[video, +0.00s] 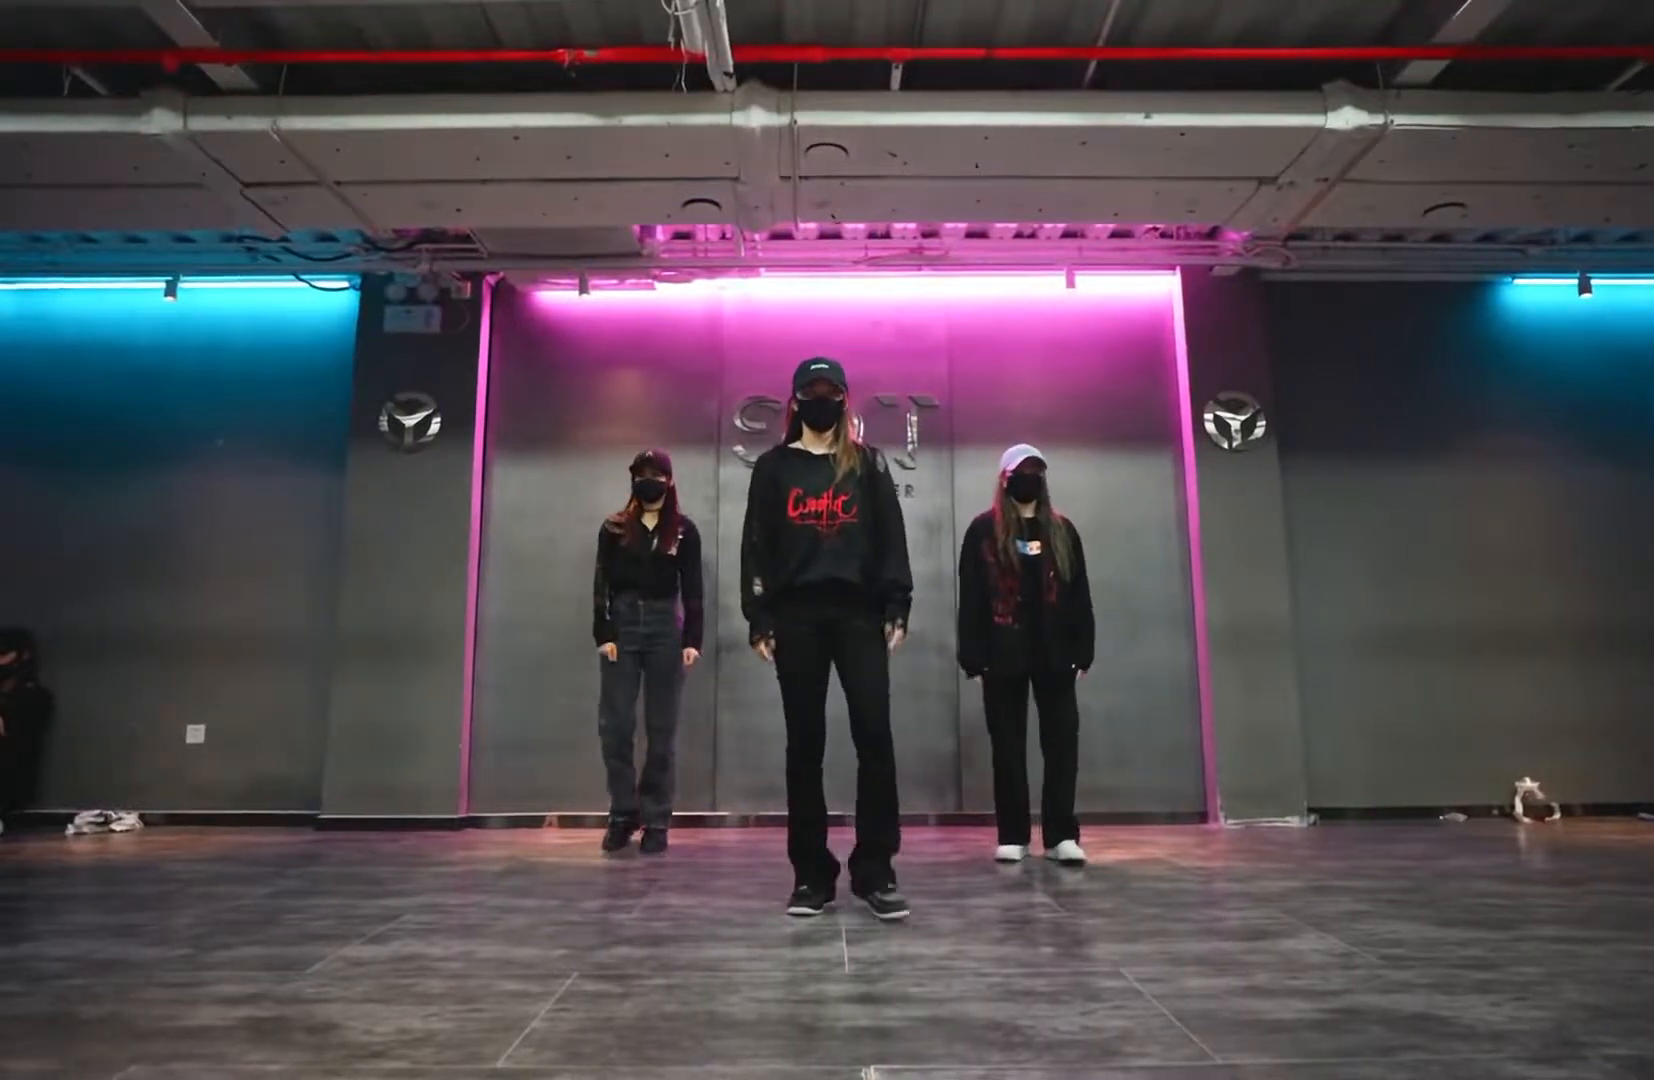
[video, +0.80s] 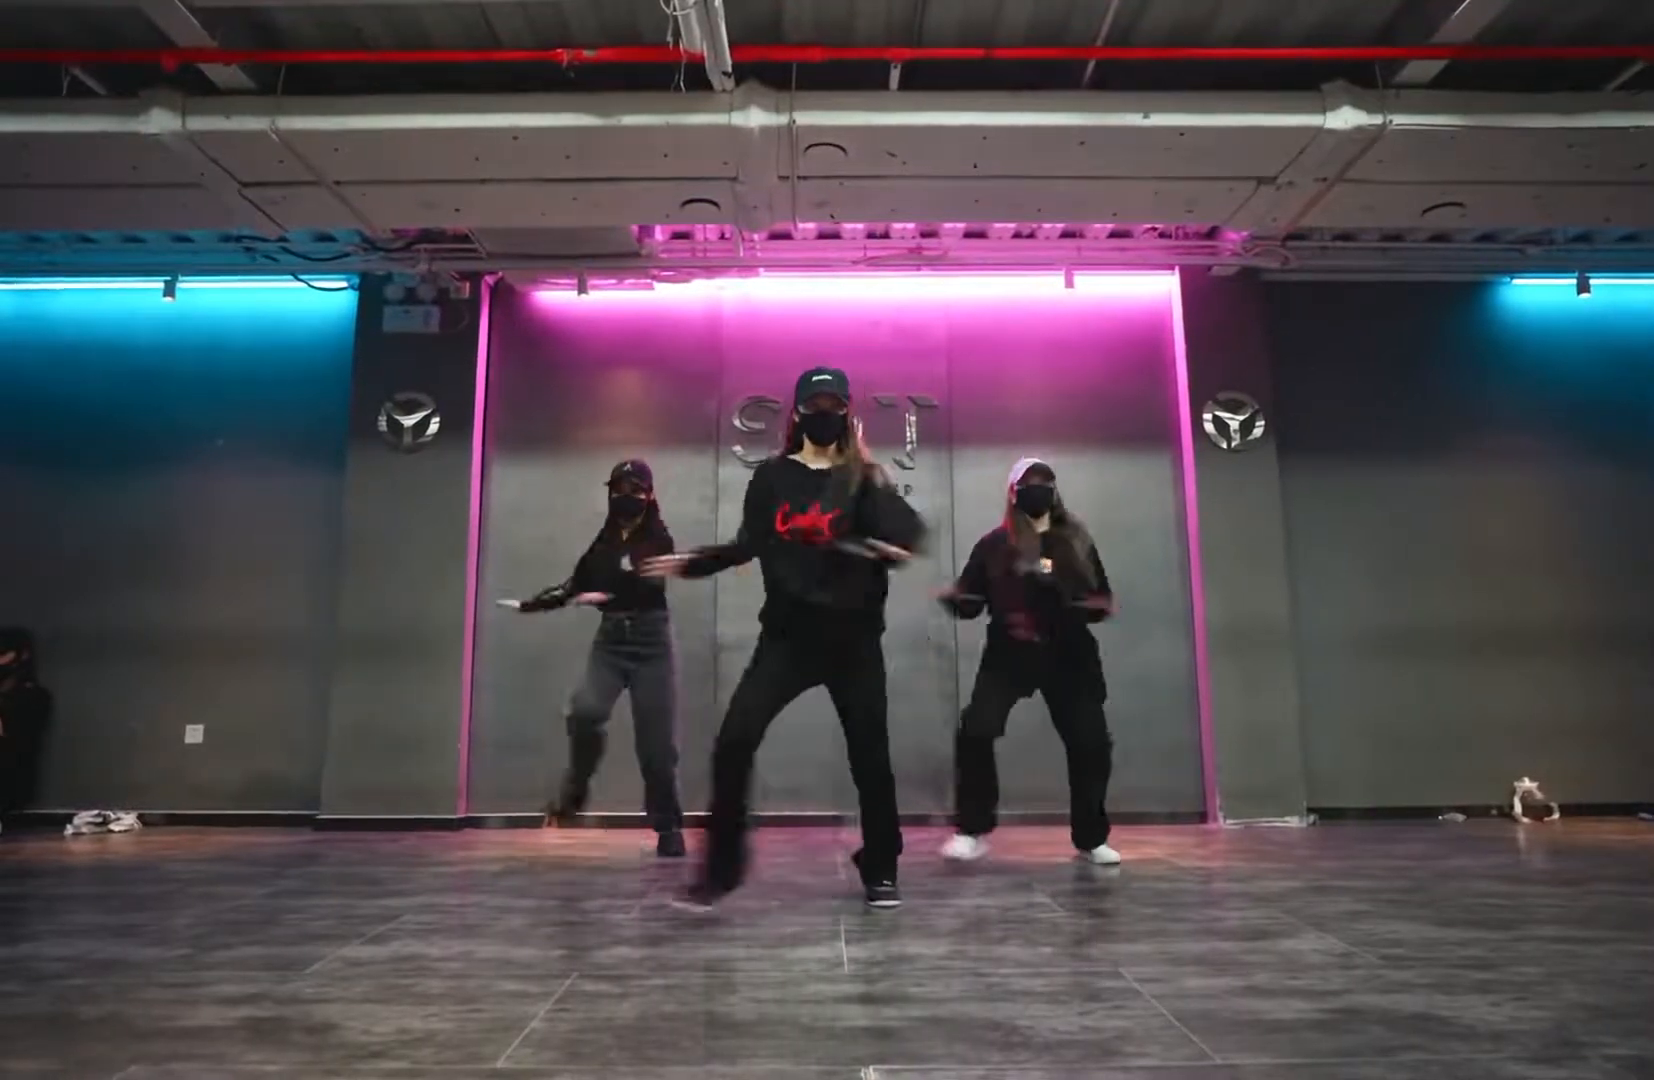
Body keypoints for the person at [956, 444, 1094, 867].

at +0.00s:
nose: (1031, 482)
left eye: (1036, 475)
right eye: (1023, 475)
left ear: (1044, 479)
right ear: (1006, 479)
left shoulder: (1062, 529)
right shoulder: (983, 530)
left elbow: (1079, 594)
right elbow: (971, 596)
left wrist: (1083, 649)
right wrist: (972, 654)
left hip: (1055, 656)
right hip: (1002, 657)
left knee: (1062, 746)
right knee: (1008, 749)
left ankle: (1062, 837)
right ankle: (1012, 838)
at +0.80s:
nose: (1038, 500)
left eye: (1045, 491)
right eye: (1029, 492)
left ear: (1055, 495)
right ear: (1013, 496)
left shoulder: (1073, 542)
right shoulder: (992, 547)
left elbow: (1100, 604)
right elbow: (971, 605)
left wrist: (1065, 597)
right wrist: (954, 599)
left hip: (1066, 660)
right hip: (1008, 659)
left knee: (1091, 744)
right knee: (975, 732)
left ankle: (1091, 839)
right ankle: (972, 830)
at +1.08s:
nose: (1024, 506)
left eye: (1031, 497)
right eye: (1015, 498)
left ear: (1041, 503)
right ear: (997, 503)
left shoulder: (1055, 556)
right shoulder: (971, 555)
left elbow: (1089, 607)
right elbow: (942, 605)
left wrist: (1132, 606)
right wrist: (988, 594)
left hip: (1041, 668)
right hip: (985, 671)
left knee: (1101, 740)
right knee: (978, 762)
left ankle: (1076, 830)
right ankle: (928, 859)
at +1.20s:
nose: (1042, 510)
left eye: (1047, 502)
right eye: (1033, 502)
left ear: (1053, 507)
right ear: (1012, 508)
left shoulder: (1047, 558)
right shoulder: (999, 558)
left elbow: (1076, 600)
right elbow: (1018, 618)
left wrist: (1094, 616)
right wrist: (1078, 619)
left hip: (1043, 683)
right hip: (1003, 682)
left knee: (1100, 751)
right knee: (997, 774)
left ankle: (1066, 853)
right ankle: (921, 853)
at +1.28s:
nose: (1049, 506)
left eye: (1053, 498)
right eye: (1041, 499)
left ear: (1057, 501)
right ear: (1017, 502)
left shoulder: (1046, 550)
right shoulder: (1012, 551)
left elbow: (1076, 601)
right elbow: (1045, 615)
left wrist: (1104, 624)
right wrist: (1112, 623)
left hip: (1044, 679)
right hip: (1022, 681)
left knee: (1102, 751)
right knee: (1011, 774)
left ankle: (1071, 853)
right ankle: (927, 844)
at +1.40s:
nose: (1058, 485)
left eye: (1057, 477)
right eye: (1050, 478)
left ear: (1026, 484)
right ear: (1025, 482)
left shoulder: (1040, 526)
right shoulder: (1023, 525)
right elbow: (1088, 534)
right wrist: (1159, 510)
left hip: (1047, 659)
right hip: (1031, 659)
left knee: (1089, 744)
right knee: (1089, 742)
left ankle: (1075, 853)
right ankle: (1014, 822)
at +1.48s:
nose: (1054, 468)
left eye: (1052, 463)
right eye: (1042, 465)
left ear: (1038, 478)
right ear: (1022, 478)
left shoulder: (1047, 513)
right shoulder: (1030, 514)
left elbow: (1089, 478)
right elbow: (1082, 484)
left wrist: (1105, 419)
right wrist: (1103, 423)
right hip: (1036, 649)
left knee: (1093, 741)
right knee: (1121, 730)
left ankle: (1069, 848)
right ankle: (1113, 837)